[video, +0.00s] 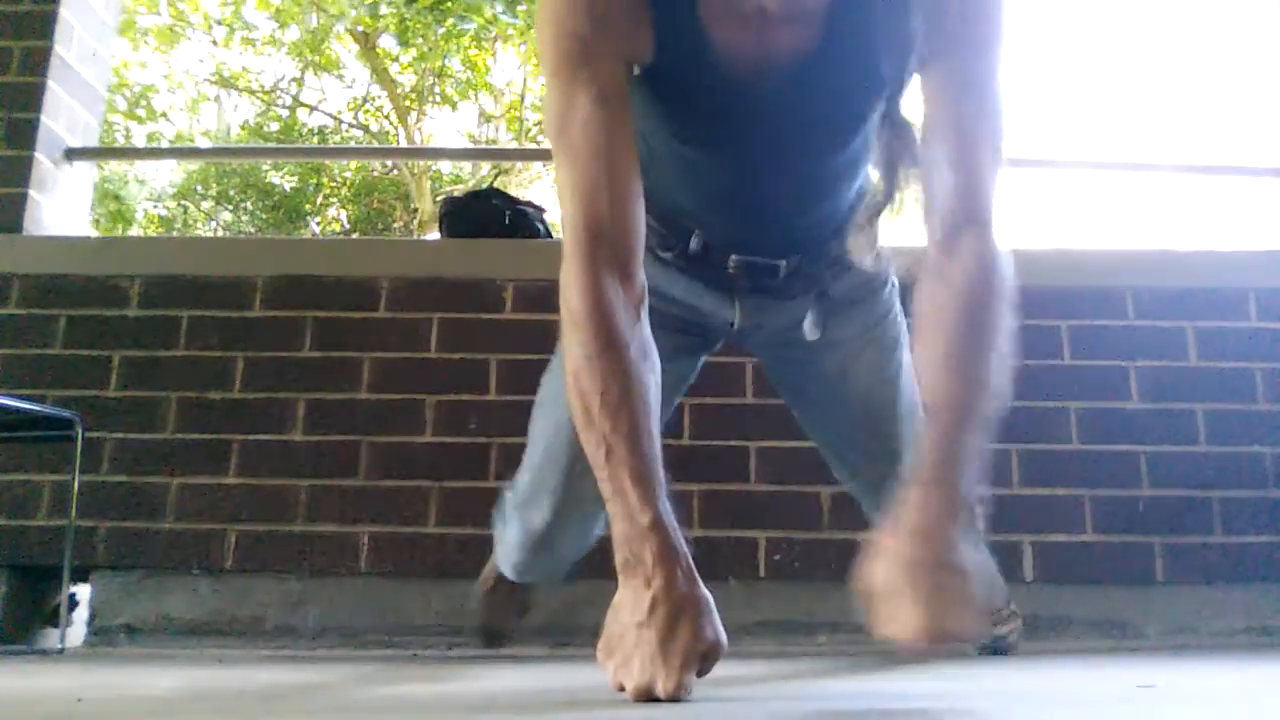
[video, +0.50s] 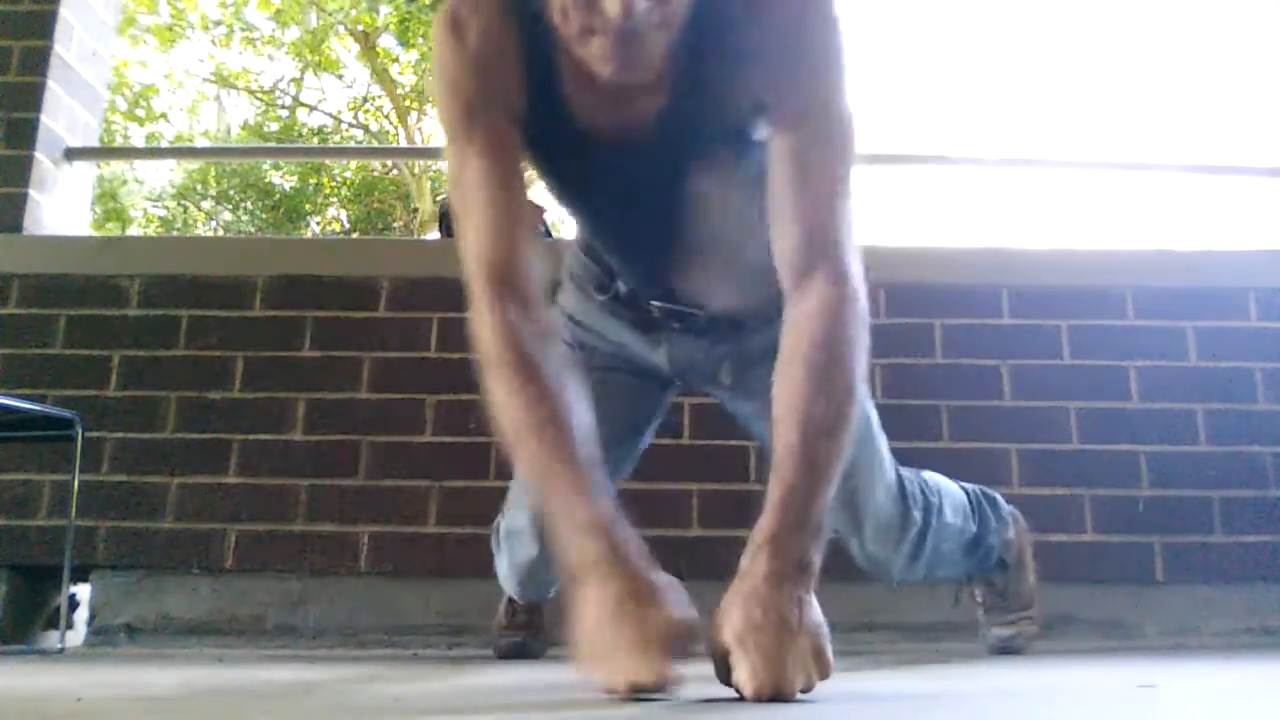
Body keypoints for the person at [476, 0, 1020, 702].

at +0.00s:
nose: (769, 15)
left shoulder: (945, 9)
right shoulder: (593, 11)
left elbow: (964, 237)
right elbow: (601, 274)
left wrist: (934, 511)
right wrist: (652, 564)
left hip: (832, 281)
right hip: (658, 272)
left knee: (939, 536)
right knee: (536, 539)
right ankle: (513, 571)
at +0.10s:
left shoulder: (934, 10)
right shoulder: (585, 9)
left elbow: (922, 234)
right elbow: (599, 276)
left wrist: (848, 514)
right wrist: (650, 565)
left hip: (819, 273)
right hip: (653, 272)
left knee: (910, 489)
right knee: (565, 562)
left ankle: (965, 565)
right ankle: (526, 561)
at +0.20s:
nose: (728, 29)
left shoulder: (911, 11)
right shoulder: (567, 9)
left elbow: (881, 254)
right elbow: (584, 285)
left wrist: (801, 563)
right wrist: (647, 567)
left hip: (807, 273)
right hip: (646, 277)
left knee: (909, 494)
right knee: (578, 552)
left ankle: (973, 558)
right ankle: (548, 583)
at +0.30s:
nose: (700, 17)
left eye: (727, 1)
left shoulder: (875, 16)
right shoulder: (545, 17)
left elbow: (863, 278)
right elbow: (567, 301)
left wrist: (793, 567)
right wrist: (644, 567)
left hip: (798, 310)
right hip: (631, 306)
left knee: (902, 515)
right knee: (546, 551)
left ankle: (981, 541)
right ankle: (537, 590)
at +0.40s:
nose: (659, 22)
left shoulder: (828, 20)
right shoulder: (517, 23)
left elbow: (852, 294)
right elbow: (542, 312)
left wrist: (789, 573)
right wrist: (637, 567)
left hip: (787, 317)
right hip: (619, 313)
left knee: (897, 541)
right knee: (541, 547)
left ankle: (992, 537)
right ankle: (527, 594)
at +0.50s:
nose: (614, 17)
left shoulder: (783, 19)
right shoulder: (478, 30)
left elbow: (822, 282)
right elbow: (506, 304)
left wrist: (781, 570)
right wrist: (604, 565)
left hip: (771, 324)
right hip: (611, 316)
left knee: (876, 533)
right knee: (532, 539)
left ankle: (992, 537)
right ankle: (530, 586)